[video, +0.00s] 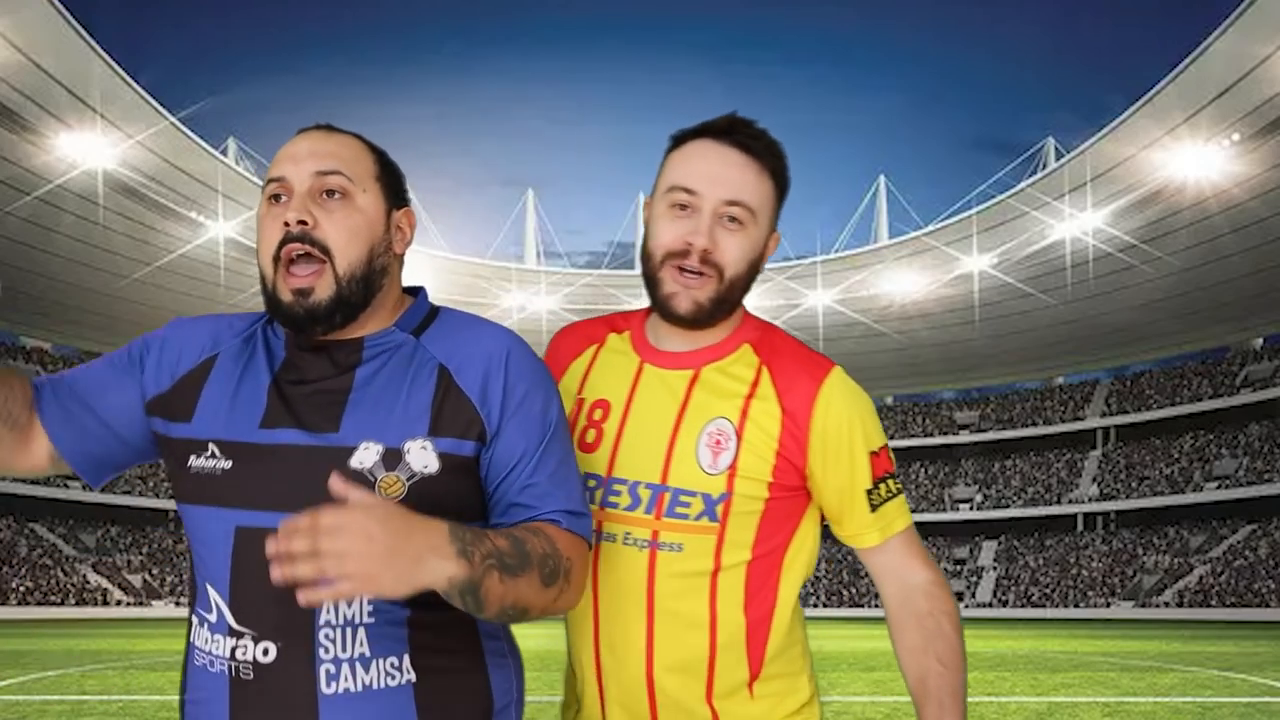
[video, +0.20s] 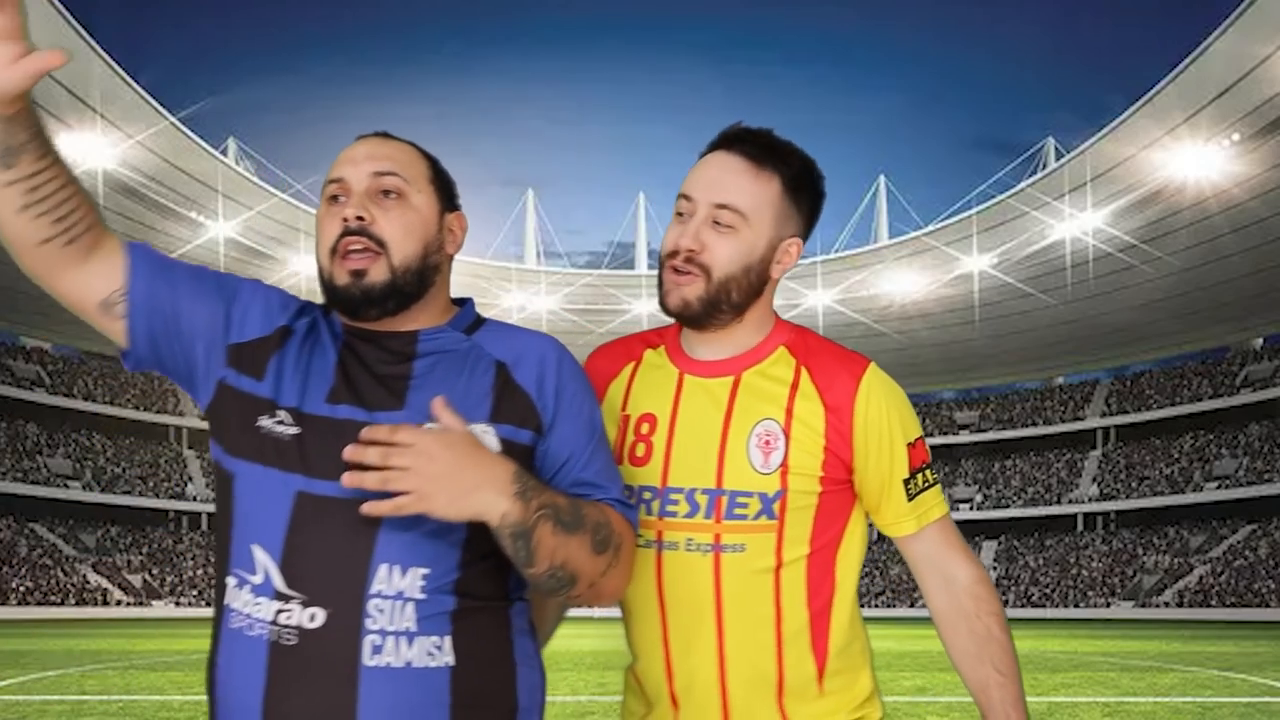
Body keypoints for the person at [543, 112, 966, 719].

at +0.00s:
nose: (698, 240)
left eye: (733, 220)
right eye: (681, 206)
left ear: (767, 248)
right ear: (647, 215)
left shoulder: (816, 397)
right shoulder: (571, 357)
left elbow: (912, 590)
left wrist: (944, 714)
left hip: (755, 706)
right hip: (593, 705)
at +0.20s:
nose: (684, 241)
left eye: (723, 224)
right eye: (683, 213)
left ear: (783, 256)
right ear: (671, 217)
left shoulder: (851, 393)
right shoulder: (609, 377)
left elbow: (952, 583)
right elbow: (552, 554)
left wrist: (1007, 712)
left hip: (820, 705)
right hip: (657, 705)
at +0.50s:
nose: (718, 246)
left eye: (751, 220)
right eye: (715, 224)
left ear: (821, 242)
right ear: (707, 238)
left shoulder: (910, 387)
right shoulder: (684, 381)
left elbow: (1012, 577)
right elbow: (655, 561)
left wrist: (1071, 717)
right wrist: (589, 689)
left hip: (872, 708)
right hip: (713, 709)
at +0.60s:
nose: (731, 248)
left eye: (761, 224)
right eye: (735, 224)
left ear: (839, 241)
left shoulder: (936, 392)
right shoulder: (716, 379)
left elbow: (1036, 588)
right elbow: (696, 551)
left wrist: (1080, 712)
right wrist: (603, 654)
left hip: (883, 702)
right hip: (725, 704)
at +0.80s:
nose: (784, 262)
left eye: (809, 235)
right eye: (793, 234)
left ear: (890, 245)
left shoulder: (995, 405)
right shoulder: (775, 360)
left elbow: (1089, 611)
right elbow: (743, 492)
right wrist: (637, 576)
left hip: (927, 705)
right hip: (765, 702)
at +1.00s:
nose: (809, 265)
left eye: (832, 237)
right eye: (818, 236)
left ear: (910, 252)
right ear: (907, 252)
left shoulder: (1023, 408)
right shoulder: (794, 365)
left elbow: (1120, 617)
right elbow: (755, 506)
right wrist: (673, 626)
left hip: (952, 708)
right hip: (786, 708)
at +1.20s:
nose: (784, 259)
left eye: (810, 233)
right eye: (794, 233)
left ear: (887, 244)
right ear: (887, 245)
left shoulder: (998, 399)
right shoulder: (773, 368)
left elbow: (1084, 602)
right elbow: (747, 529)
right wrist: (709, 676)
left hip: (934, 706)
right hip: (773, 704)